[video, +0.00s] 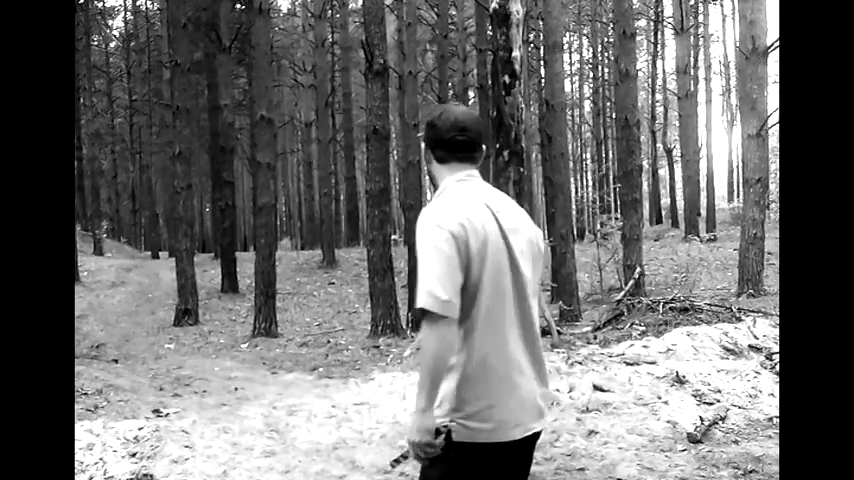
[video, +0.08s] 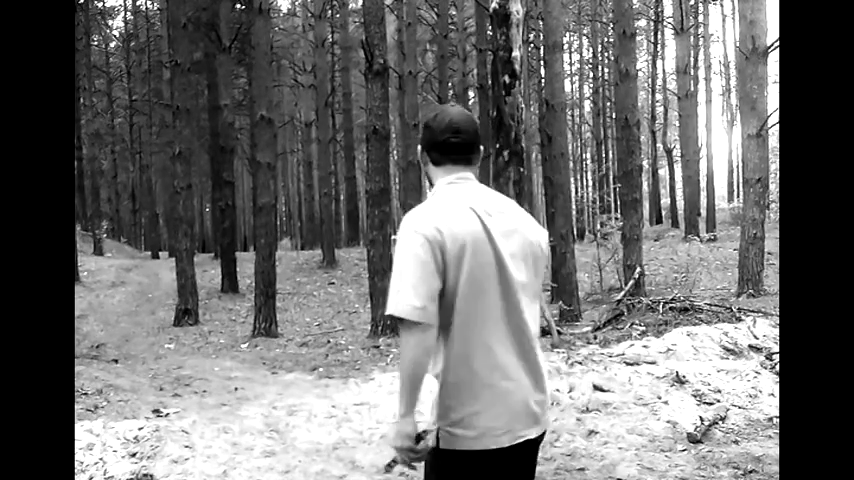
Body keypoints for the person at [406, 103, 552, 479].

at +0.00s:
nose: (424, 156)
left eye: (424, 148)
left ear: (427, 153)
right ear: (483, 153)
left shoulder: (441, 217)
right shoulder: (516, 213)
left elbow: (441, 323)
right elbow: (531, 309)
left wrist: (423, 411)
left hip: (470, 425)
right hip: (524, 418)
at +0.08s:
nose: (419, 157)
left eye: (419, 151)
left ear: (422, 156)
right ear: (481, 155)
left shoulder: (425, 222)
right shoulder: (522, 218)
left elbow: (418, 325)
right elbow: (534, 315)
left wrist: (407, 416)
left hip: (467, 427)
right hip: (528, 420)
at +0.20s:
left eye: (413, 147)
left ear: (418, 155)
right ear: (477, 154)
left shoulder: (407, 226)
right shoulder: (523, 216)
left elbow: (385, 335)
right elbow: (536, 308)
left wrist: (374, 417)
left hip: (462, 431)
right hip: (533, 422)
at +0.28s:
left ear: (422, 153)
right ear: (479, 150)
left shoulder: (405, 224)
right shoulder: (527, 214)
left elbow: (376, 330)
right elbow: (545, 303)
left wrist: (365, 409)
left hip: (458, 430)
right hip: (535, 421)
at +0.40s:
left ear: (435, 145)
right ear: (493, 141)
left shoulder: (409, 220)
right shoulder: (536, 208)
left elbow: (376, 324)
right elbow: (562, 291)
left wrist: (364, 400)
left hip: (454, 426)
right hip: (537, 421)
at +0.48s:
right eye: (506, 135)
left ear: (442, 145)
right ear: (503, 140)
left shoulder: (415, 220)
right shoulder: (545, 208)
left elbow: (384, 326)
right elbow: (572, 290)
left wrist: (371, 399)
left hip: (456, 430)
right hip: (543, 424)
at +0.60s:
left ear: (465, 143)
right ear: (526, 138)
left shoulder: (435, 222)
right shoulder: (566, 209)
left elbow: (406, 328)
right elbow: (602, 285)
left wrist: (403, 399)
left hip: (472, 444)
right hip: (565, 442)